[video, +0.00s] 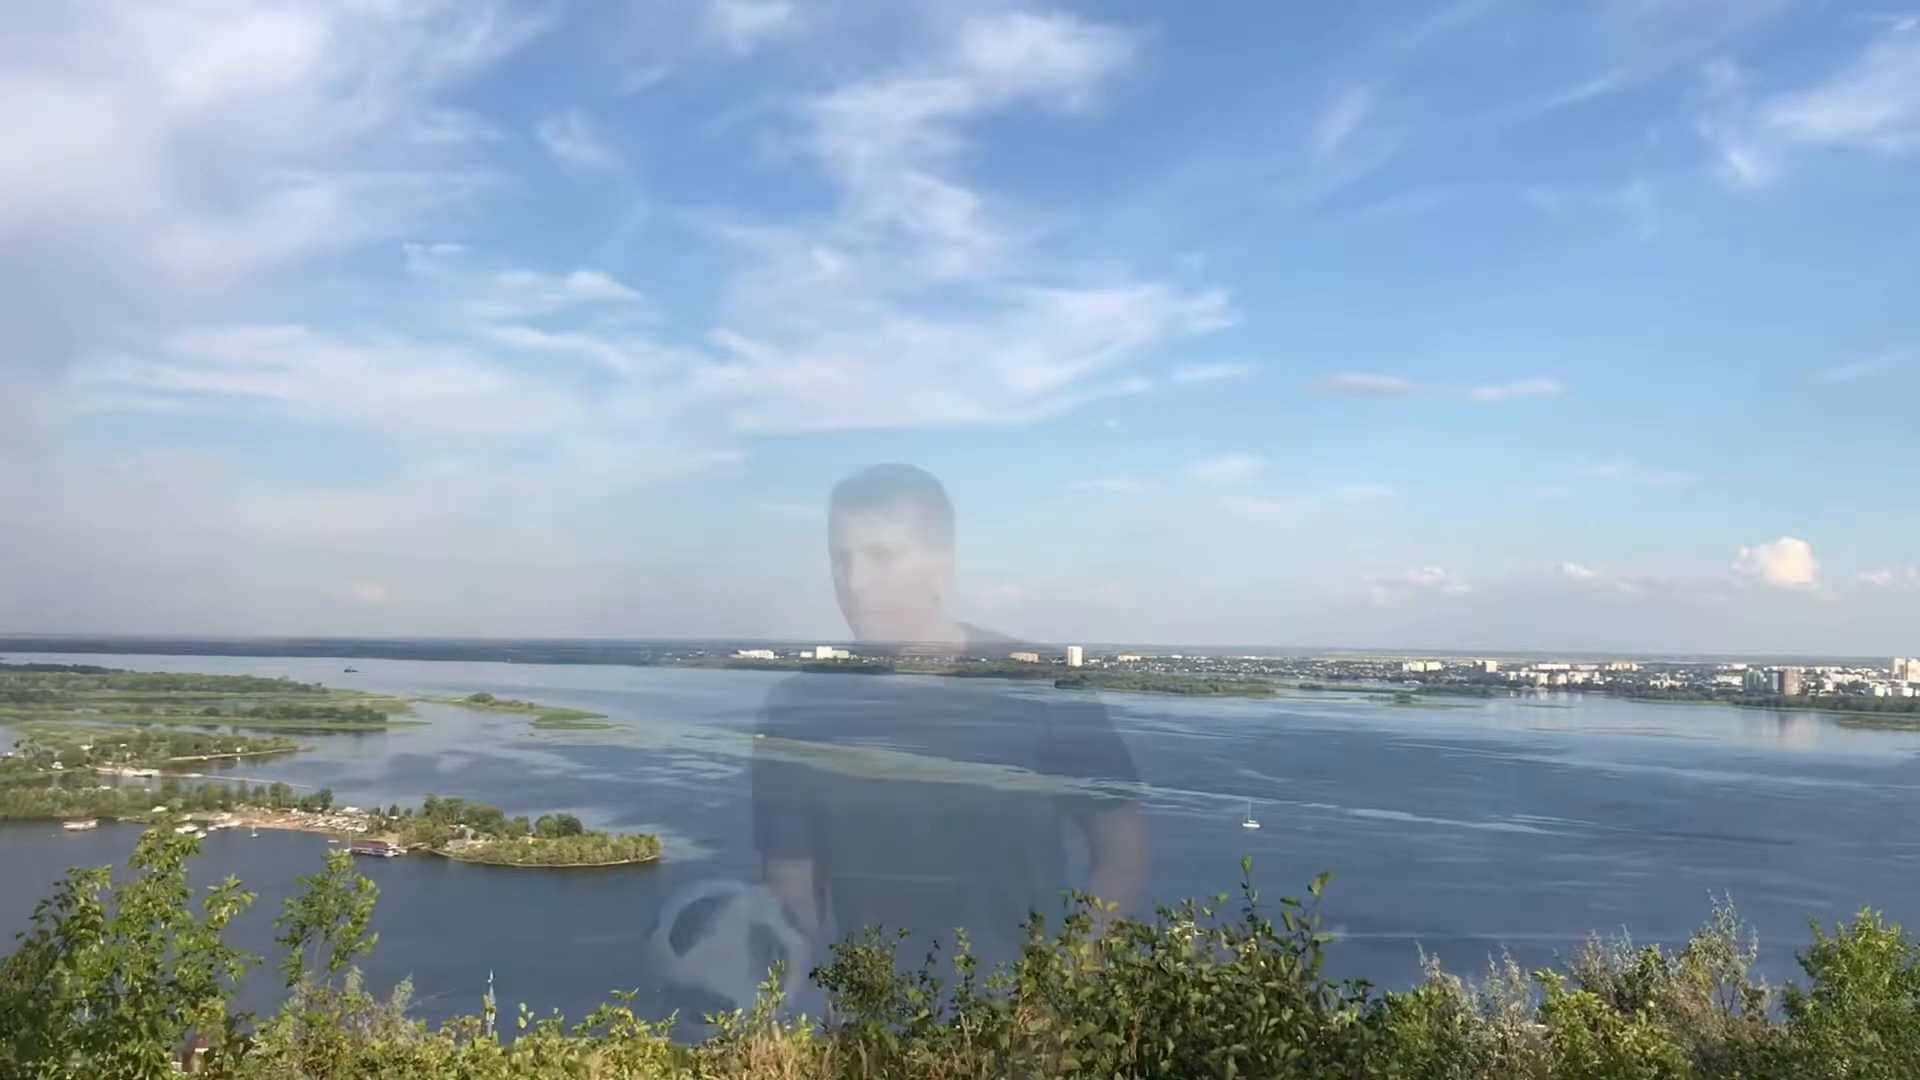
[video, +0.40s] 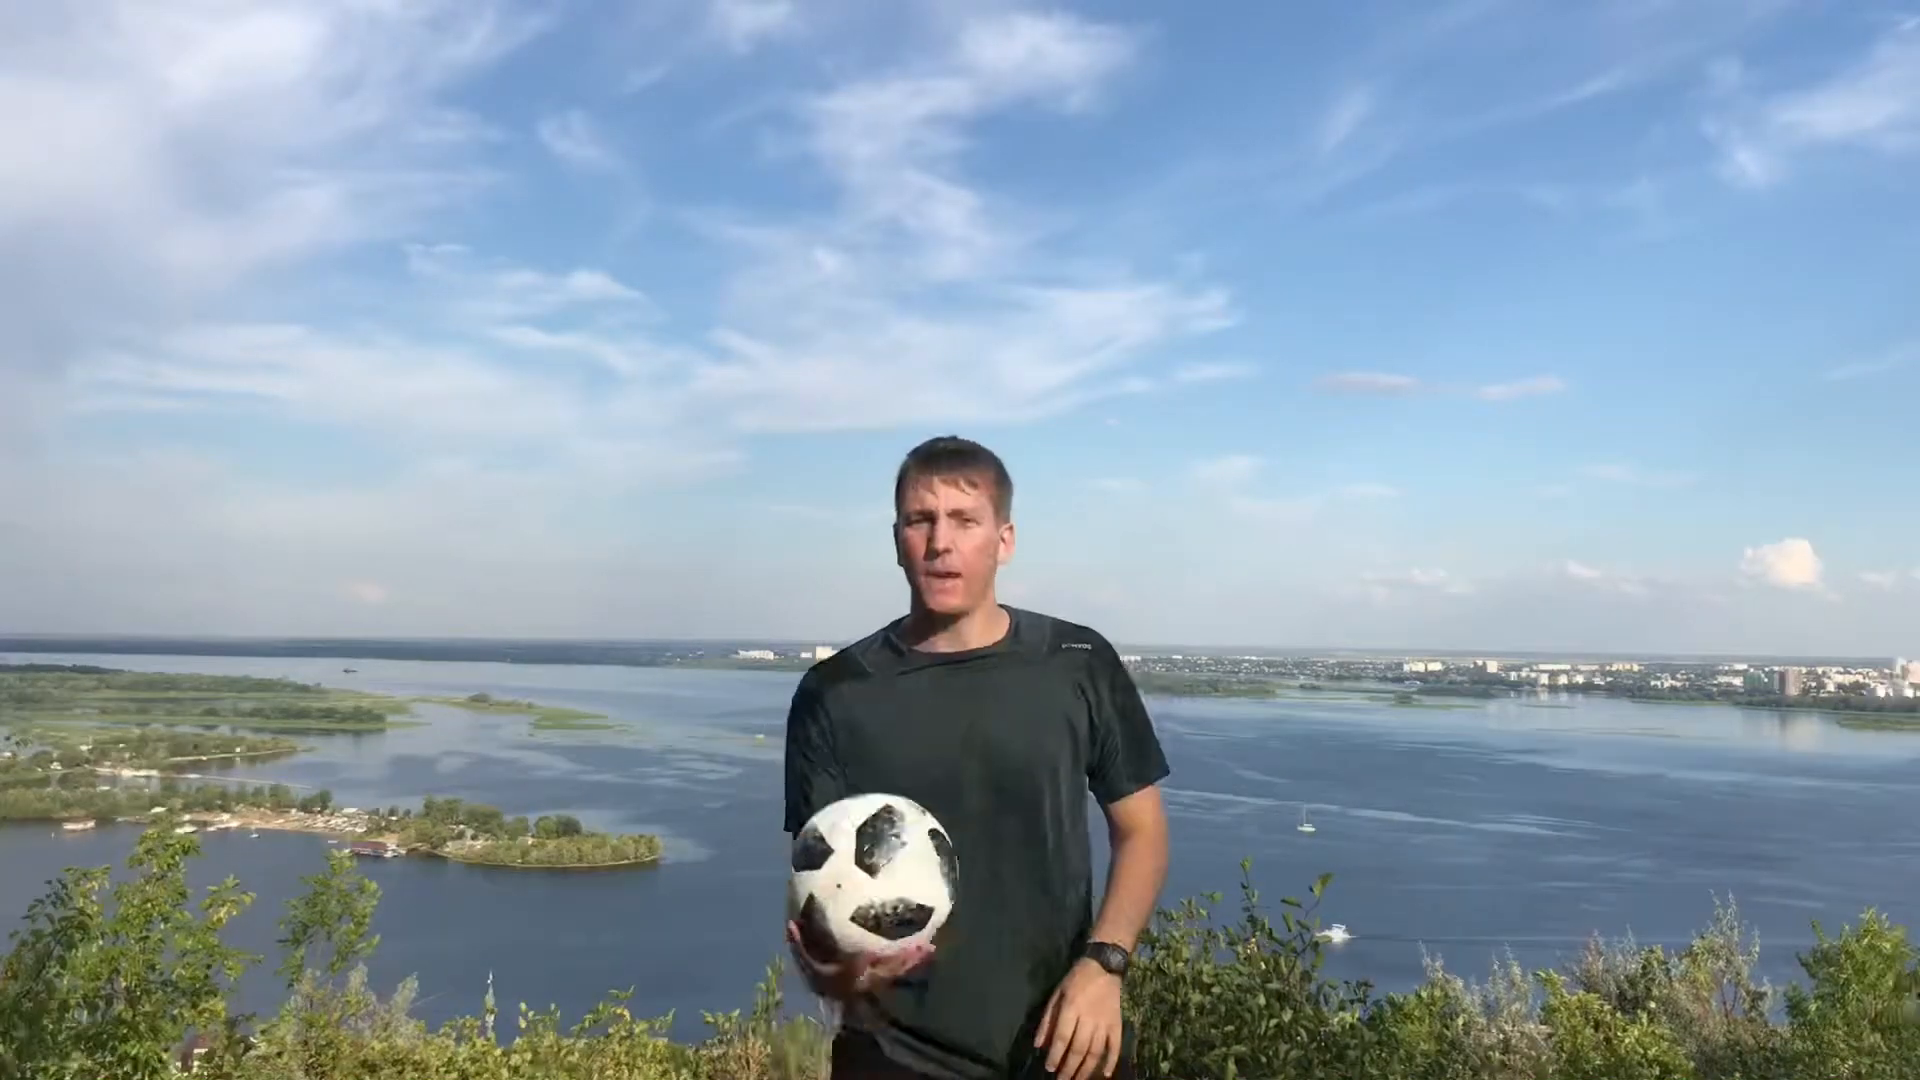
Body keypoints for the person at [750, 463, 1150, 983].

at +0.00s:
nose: (854, 582)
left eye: (881, 555)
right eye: (842, 557)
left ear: (942, 562)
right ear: (830, 566)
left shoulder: (1040, 684)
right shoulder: (801, 704)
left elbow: (1125, 852)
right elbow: (791, 890)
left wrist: (1059, 989)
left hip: (1019, 1021)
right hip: (867, 1029)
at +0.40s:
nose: (938, 542)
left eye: (963, 520)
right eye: (919, 520)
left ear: (1003, 540)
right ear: (898, 538)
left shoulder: (1080, 666)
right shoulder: (832, 692)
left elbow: (1142, 829)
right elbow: (816, 872)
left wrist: (1104, 964)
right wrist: (832, 963)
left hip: (1056, 1047)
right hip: (898, 1047)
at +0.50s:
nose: (944, 525)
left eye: (969, 504)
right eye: (926, 503)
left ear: (1010, 528)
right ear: (904, 521)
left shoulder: (1087, 659)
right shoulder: (847, 670)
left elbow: (1144, 827)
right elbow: (813, 873)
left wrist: (1112, 946)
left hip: (1061, 1029)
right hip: (906, 1032)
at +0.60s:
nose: (950, 513)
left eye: (974, 493)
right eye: (938, 496)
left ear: (1018, 521)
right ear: (915, 518)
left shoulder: (1093, 660)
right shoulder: (848, 672)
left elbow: (1149, 827)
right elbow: (815, 850)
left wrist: (1118, 945)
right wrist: (847, 892)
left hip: (1067, 1030)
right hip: (909, 1035)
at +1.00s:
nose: (948, 714)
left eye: (969, 680)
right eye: (923, 688)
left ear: (1012, 646)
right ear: (896, 669)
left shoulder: (1108, 705)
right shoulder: (849, 735)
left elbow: (1171, 804)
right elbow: (813, 837)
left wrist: (1185, 977)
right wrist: (803, 1011)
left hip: (1089, 1038)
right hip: (920, 1042)